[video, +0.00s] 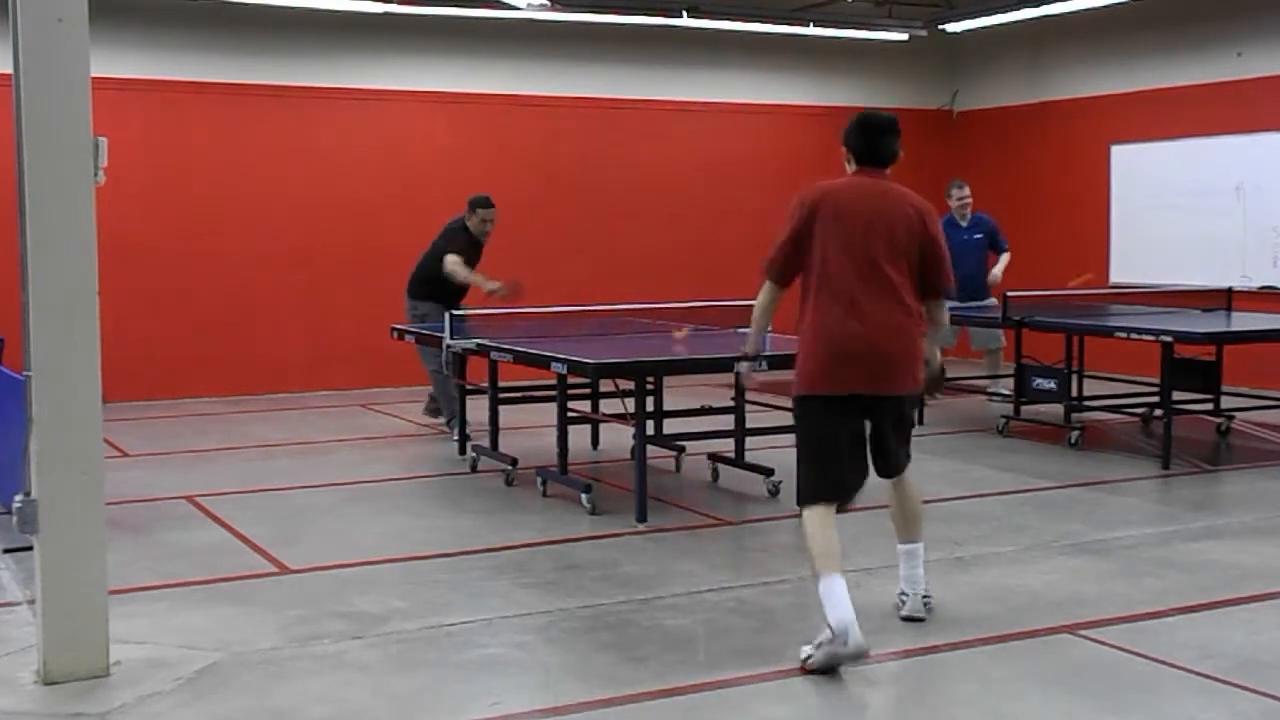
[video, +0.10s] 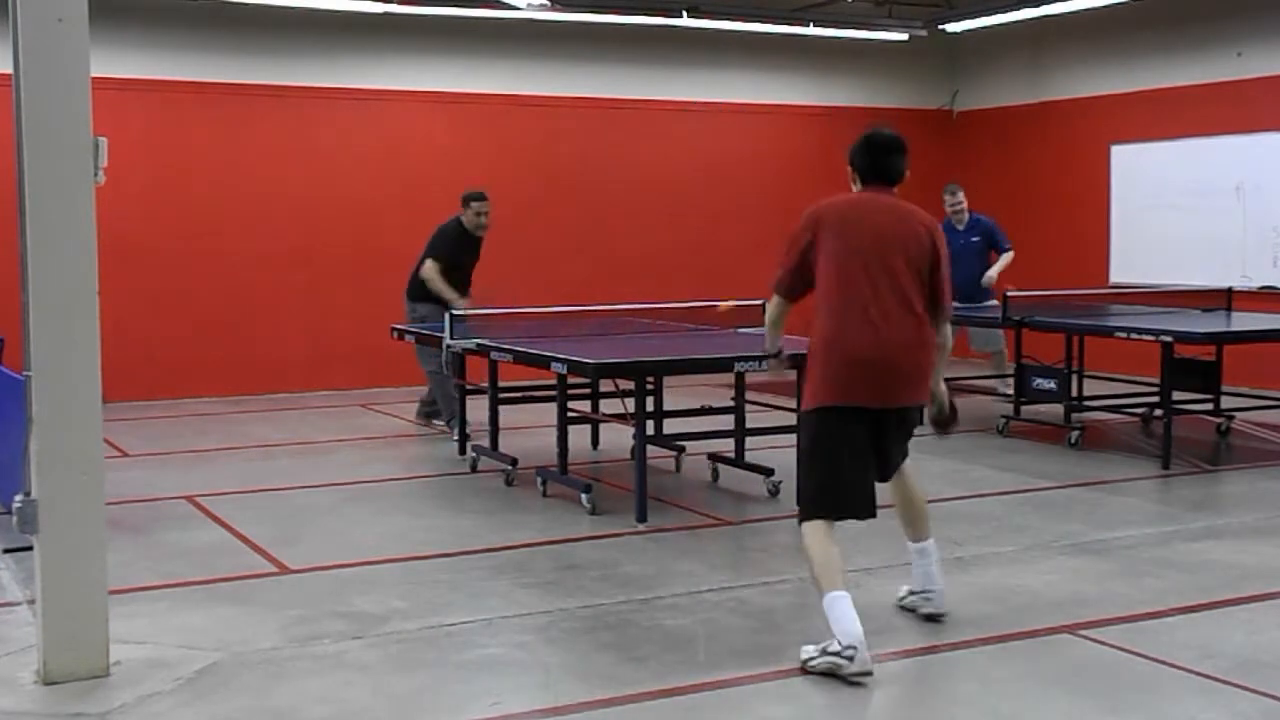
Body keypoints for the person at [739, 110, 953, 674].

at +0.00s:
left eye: (844, 148)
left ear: (847, 154)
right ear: (897, 156)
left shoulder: (817, 201)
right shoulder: (918, 211)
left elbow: (775, 280)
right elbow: (937, 301)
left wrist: (752, 344)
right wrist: (935, 352)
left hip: (824, 365)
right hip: (895, 365)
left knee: (817, 498)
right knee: (898, 472)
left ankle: (841, 625)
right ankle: (914, 593)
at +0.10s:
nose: (845, 176)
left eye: (847, 168)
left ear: (852, 172)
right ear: (903, 176)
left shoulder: (824, 217)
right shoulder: (926, 226)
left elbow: (779, 301)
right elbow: (942, 322)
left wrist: (772, 347)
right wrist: (936, 380)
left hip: (835, 378)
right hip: (907, 380)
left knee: (816, 517)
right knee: (896, 465)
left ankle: (848, 643)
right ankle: (929, 588)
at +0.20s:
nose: (853, 186)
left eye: (855, 177)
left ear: (860, 181)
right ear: (911, 185)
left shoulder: (836, 219)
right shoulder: (933, 232)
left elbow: (789, 304)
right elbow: (946, 327)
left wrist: (782, 329)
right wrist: (935, 402)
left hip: (849, 384)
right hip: (918, 385)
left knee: (823, 521)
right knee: (900, 471)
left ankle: (850, 648)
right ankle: (943, 588)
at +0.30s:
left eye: (866, 175)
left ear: (869, 178)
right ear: (920, 184)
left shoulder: (851, 212)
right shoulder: (941, 228)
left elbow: (801, 294)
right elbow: (948, 317)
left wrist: (788, 333)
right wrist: (937, 410)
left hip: (869, 375)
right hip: (935, 376)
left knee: (836, 510)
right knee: (912, 467)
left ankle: (850, 649)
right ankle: (944, 589)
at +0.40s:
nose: (868, 179)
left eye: (869, 170)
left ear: (876, 171)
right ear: (924, 176)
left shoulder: (872, 199)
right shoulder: (945, 220)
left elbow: (848, 264)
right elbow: (949, 292)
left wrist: (795, 334)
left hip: (899, 358)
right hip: (960, 357)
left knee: (860, 495)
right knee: (918, 467)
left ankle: (855, 645)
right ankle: (944, 591)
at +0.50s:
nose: (875, 176)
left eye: (875, 169)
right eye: (881, 169)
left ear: (882, 170)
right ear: (928, 172)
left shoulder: (890, 193)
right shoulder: (946, 213)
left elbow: (891, 251)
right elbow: (936, 292)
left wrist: (822, 327)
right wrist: (877, 337)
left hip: (921, 354)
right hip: (976, 354)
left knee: (877, 488)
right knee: (924, 469)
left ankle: (873, 641)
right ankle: (943, 591)